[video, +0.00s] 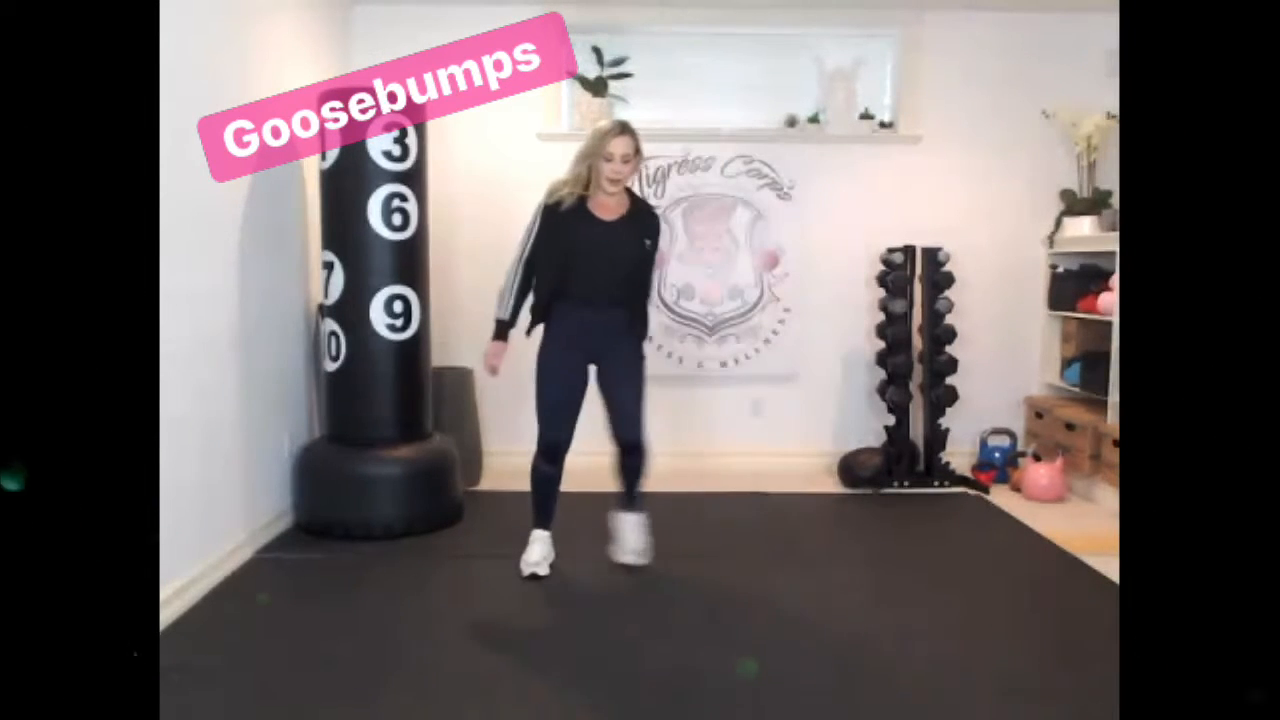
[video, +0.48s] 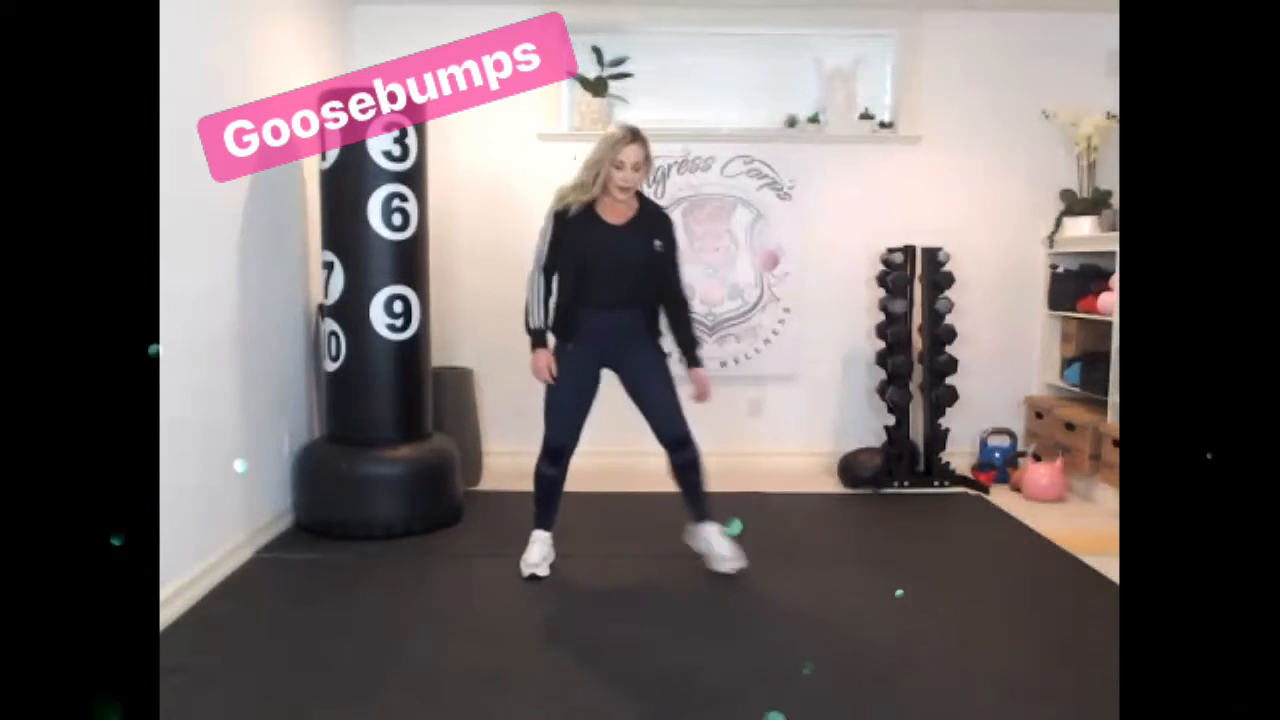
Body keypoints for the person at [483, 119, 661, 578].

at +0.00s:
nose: (619, 168)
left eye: (628, 160)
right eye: (610, 158)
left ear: (637, 164)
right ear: (593, 159)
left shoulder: (646, 218)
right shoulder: (560, 209)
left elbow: (643, 282)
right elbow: (526, 268)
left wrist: (636, 334)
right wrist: (501, 333)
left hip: (621, 337)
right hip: (563, 335)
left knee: (630, 437)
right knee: (553, 440)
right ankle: (541, 535)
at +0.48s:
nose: (628, 173)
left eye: (637, 166)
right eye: (620, 164)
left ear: (646, 170)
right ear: (602, 165)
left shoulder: (656, 222)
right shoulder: (568, 215)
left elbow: (672, 294)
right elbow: (541, 277)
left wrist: (694, 362)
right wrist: (539, 342)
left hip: (637, 340)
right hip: (578, 341)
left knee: (677, 437)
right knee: (557, 445)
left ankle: (702, 526)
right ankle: (541, 536)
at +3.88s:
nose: (613, 146)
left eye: (621, 138)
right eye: (604, 138)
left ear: (632, 149)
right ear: (587, 148)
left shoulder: (646, 205)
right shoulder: (561, 205)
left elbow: (655, 275)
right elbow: (540, 272)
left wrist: (660, 330)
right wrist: (546, 338)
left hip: (643, 325)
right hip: (585, 331)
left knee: (710, 392)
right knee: (578, 443)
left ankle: (703, 486)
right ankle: (564, 537)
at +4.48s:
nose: (676, 176)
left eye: (684, 168)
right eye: (666, 169)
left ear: (697, 178)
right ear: (650, 181)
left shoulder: (716, 238)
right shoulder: (631, 235)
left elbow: (727, 312)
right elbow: (603, 297)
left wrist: (736, 382)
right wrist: (556, 296)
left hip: (696, 362)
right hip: (637, 361)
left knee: (740, 461)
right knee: (606, 461)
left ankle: (764, 553)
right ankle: (567, 540)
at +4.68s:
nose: (721, 142)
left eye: (730, 133)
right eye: (712, 135)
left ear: (746, 142)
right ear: (699, 147)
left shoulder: (771, 200)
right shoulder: (679, 203)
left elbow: (824, 268)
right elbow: (652, 265)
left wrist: (816, 332)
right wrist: (626, 260)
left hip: (747, 335)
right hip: (688, 332)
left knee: (760, 447)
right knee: (641, 432)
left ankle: (770, 550)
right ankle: (629, 503)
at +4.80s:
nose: (733, 139)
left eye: (742, 131)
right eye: (724, 132)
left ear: (759, 142)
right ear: (711, 144)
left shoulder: (783, 194)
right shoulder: (689, 196)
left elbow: (847, 246)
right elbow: (669, 253)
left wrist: (822, 313)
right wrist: (655, 261)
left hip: (757, 332)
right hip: (697, 329)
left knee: (766, 446)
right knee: (662, 428)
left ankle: (772, 548)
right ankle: (678, 495)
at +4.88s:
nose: (739, 148)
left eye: (749, 141)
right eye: (731, 141)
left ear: (766, 152)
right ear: (718, 152)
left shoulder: (787, 205)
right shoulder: (695, 207)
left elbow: (852, 255)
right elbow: (683, 267)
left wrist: (817, 317)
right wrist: (671, 278)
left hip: (759, 339)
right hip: (702, 336)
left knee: (768, 453)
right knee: (675, 440)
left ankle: (771, 552)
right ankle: (705, 497)